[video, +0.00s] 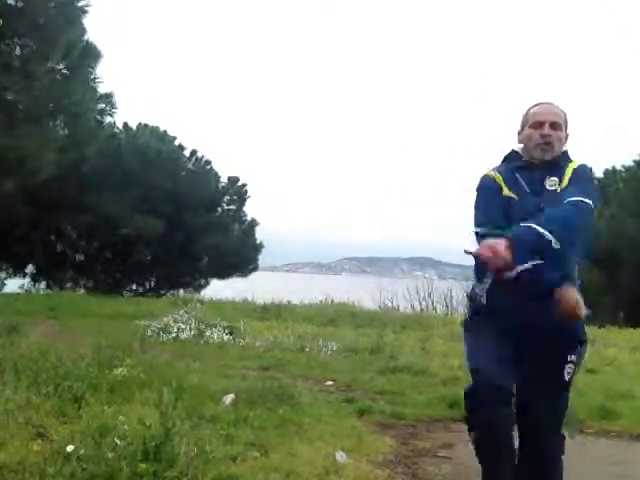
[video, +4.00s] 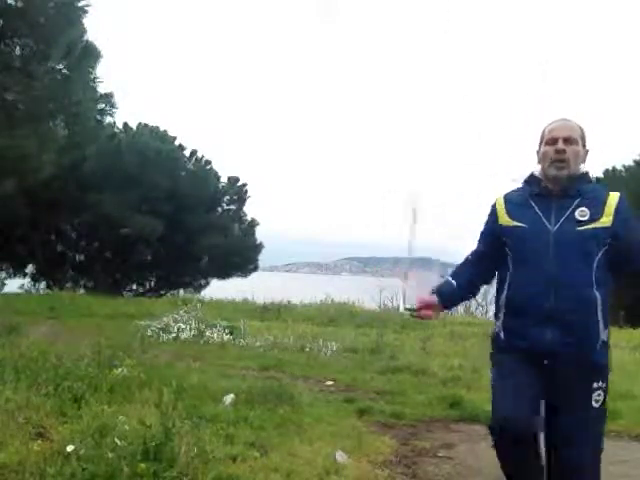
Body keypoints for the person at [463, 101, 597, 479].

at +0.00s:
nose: (546, 133)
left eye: (555, 127)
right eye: (537, 126)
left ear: (566, 137)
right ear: (521, 135)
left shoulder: (578, 176)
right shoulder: (495, 180)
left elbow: (572, 219)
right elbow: (495, 251)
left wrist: (513, 246)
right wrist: (553, 284)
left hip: (554, 315)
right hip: (495, 313)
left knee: (542, 424)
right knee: (488, 401)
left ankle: (538, 474)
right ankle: (499, 474)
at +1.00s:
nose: (543, 130)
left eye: (553, 124)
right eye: (534, 123)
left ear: (566, 135)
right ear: (519, 132)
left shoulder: (587, 188)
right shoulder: (485, 184)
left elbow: (620, 252)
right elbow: (443, 244)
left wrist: (632, 282)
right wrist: (400, 288)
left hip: (562, 329)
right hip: (498, 329)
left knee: (554, 426)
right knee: (502, 433)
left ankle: (551, 473)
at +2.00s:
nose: (555, 116)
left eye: (561, 111)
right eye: (543, 110)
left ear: (568, 124)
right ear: (520, 123)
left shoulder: (590, 177)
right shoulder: (490, 178)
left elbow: (627, 240)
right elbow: (450, 239)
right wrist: (404, 274)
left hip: (568, 327)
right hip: (501, 324)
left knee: (552, 437)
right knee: (504, 428)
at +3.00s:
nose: (559, 127)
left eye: (565, 122)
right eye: (548, 122)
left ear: (573, 133)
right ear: (526, 134)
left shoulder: (591, 186)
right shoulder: (493, 185)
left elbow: (621, 251)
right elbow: (456, 244)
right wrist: (413, 283)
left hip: (572, 333)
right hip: (508, 333)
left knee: (572, 437)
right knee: (509, 445)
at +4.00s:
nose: (559, 148)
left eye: (569, 142)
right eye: (551, 142)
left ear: (584, 154)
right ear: (539, 153)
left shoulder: (611, 206)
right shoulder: (508, 206)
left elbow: (630, 268)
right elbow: (481, 263)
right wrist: (441, 297)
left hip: (581, 353)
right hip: (516, 349)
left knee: (577, 456)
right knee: (510, 429)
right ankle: (527, 476)